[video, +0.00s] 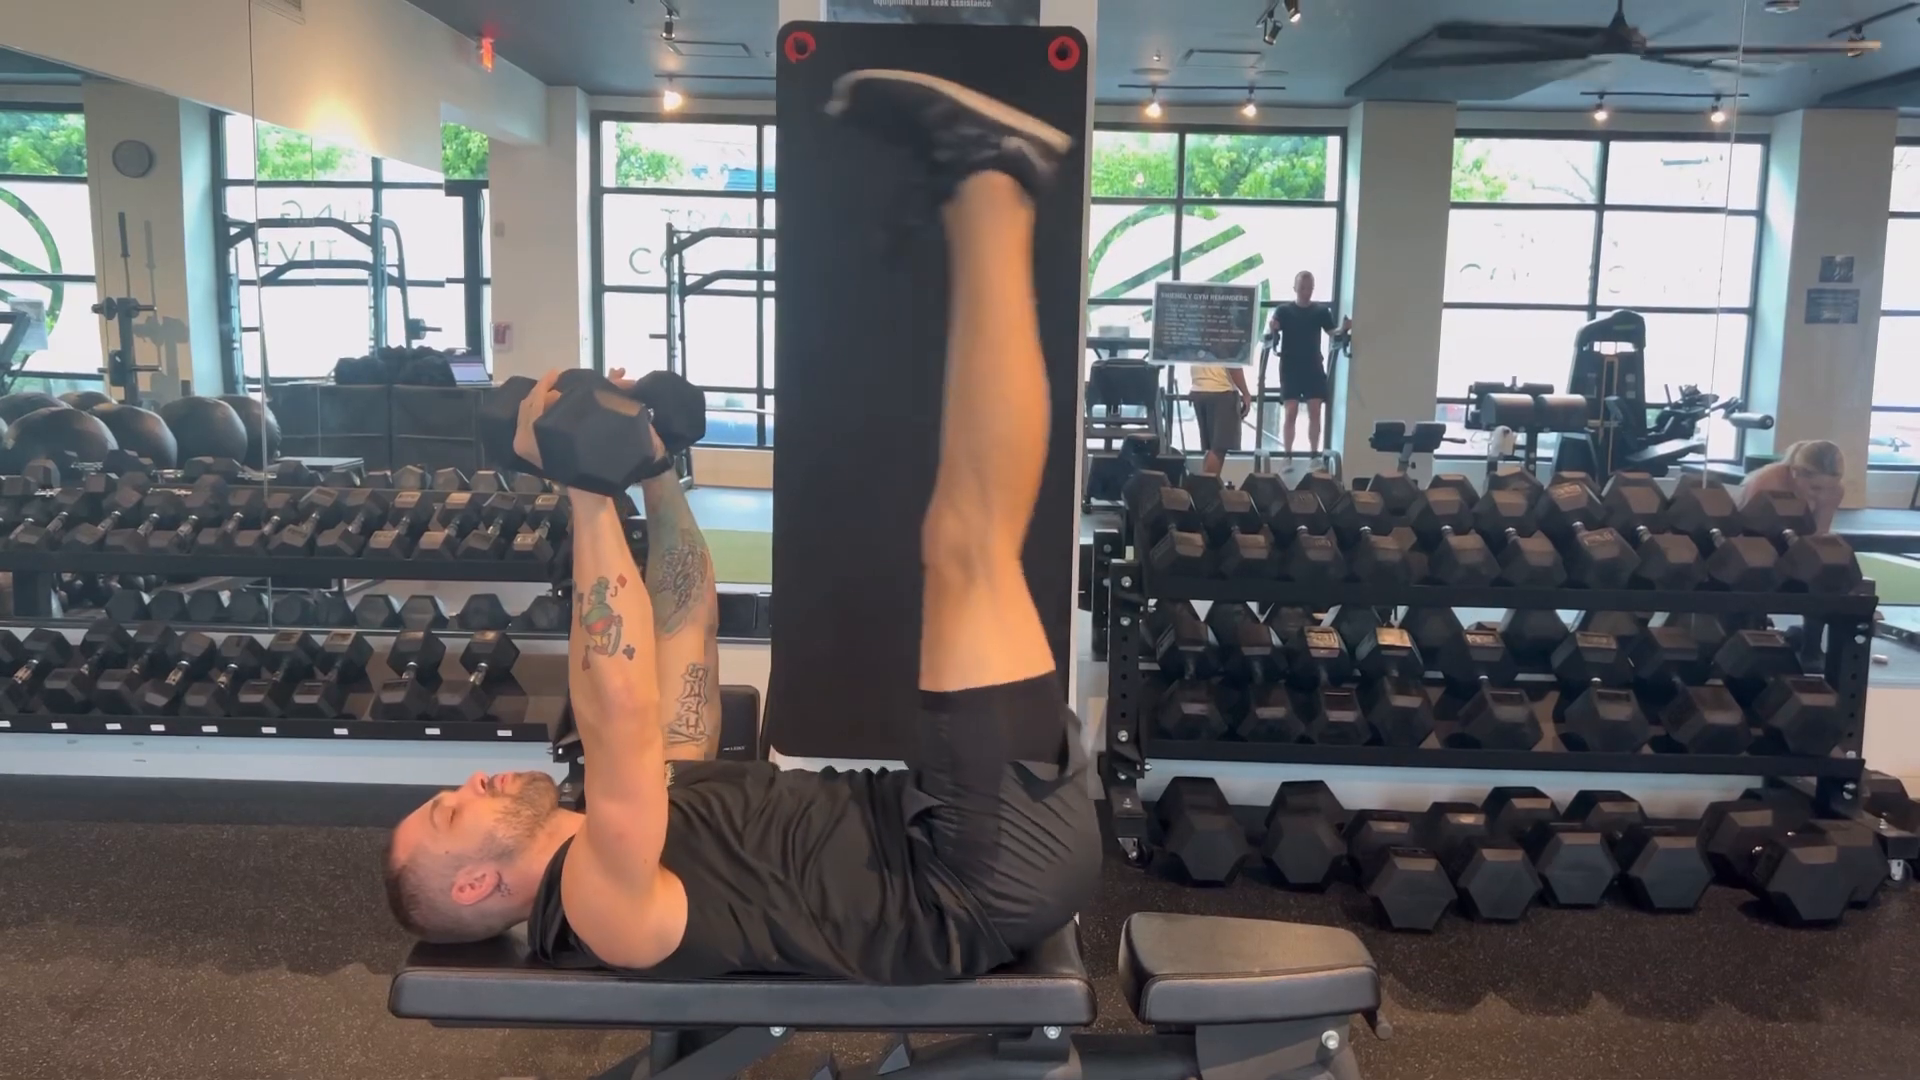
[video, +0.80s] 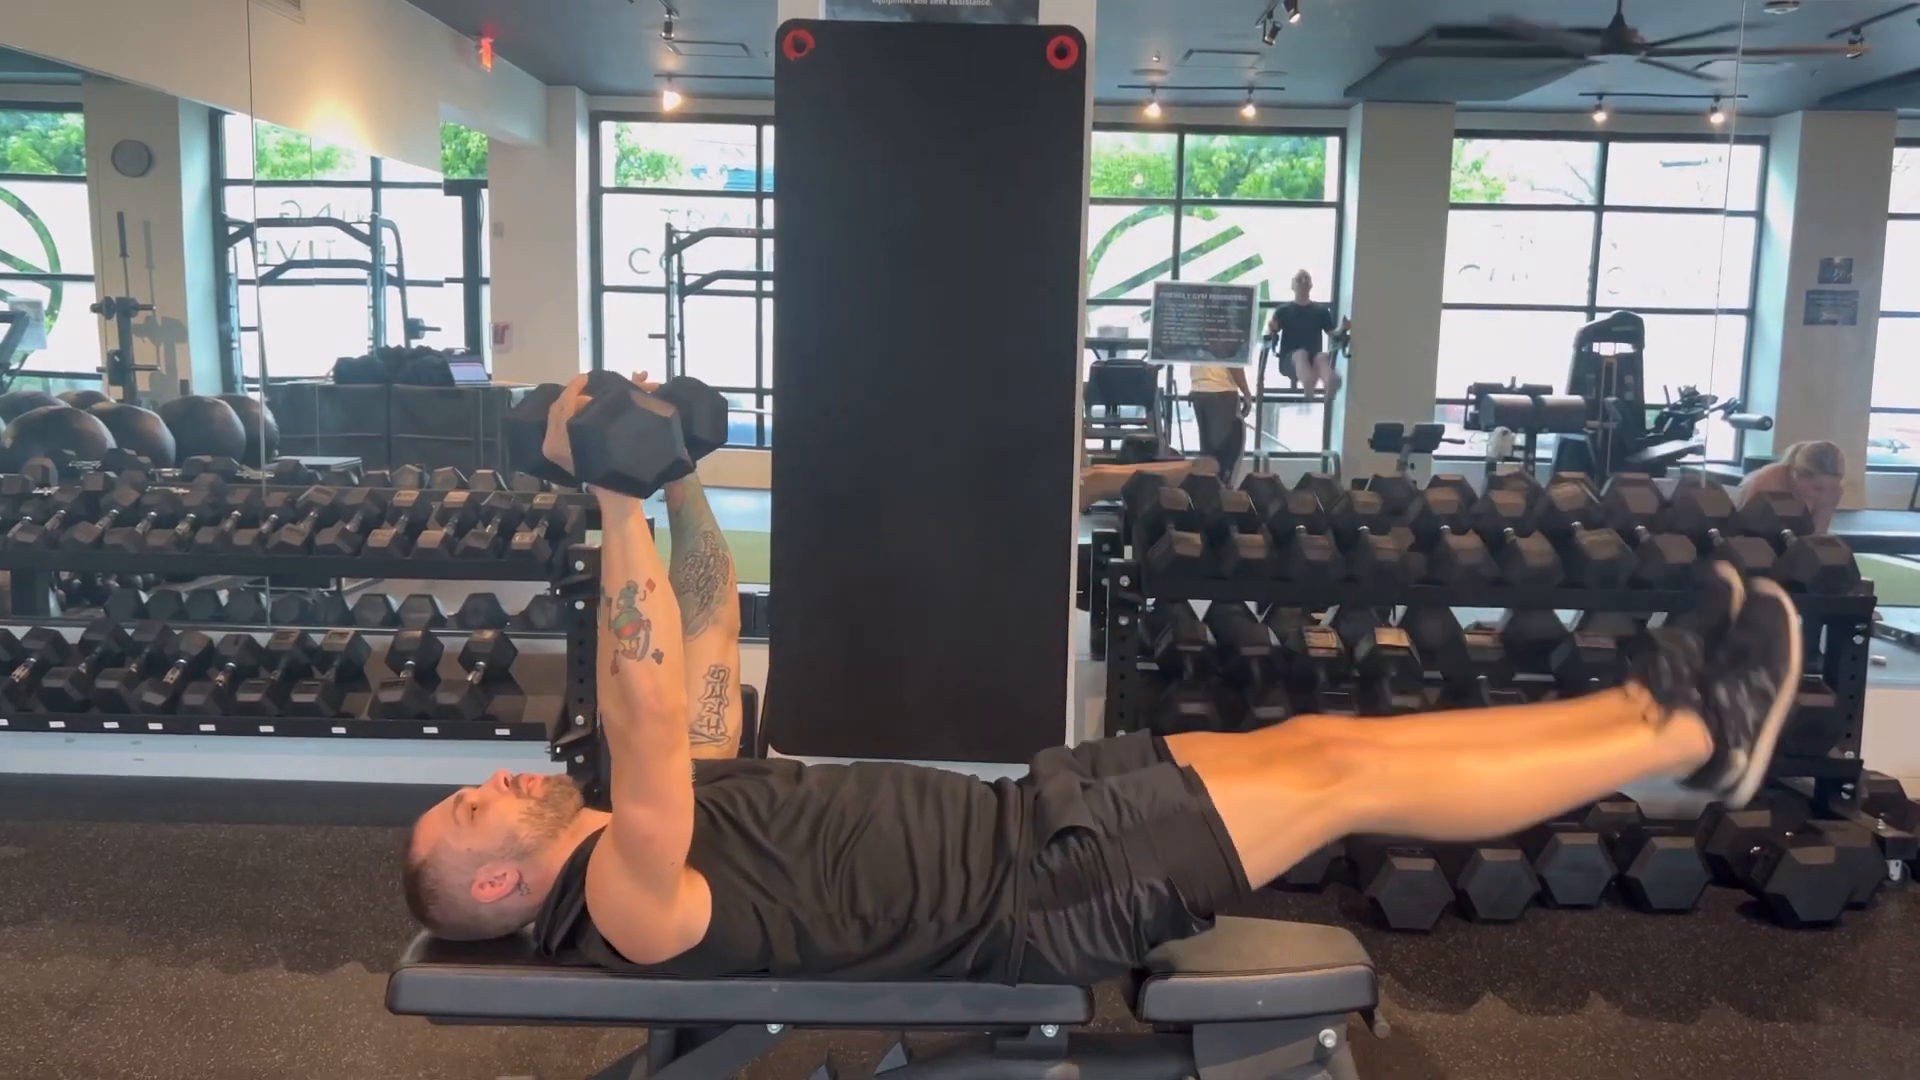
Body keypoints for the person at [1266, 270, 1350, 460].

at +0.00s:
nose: (1305, 291)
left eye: (1308, 287)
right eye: (1302, 287)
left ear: (1313, 288)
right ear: (1295, 287)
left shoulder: (1320, 311)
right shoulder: (1284, 311)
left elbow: (1332, 334)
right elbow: (1270, 339)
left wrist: (1344, 329)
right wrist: (1272, 330)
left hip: (1313, 364)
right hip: (1290, 364)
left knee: (1315, 411)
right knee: (1291, 412)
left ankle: (1315, 455)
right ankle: (1287, 455)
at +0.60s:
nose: (1303, 291)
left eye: (1306, 287)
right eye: (1300, 287)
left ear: (1310, 289)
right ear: (1293, 289)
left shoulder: (1319, 312)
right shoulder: (1284, 313)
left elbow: (1332, 335)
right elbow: (1270, 336)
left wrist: (1343, 330)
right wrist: (1271, 331)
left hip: (1313, 364)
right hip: (1290, 364)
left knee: (1311, 408)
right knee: (1296, 406)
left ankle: (1311, 452)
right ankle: (1293, 450)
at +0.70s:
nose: (1303, 288)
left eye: (1306, 284)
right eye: (1299, 284)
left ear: (1310, 287)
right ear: (1293, 288)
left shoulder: (1320, 311)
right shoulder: (1284, 312)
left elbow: (1332, 334)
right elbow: (1271, 332)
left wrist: (1343, 328)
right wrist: (1271, 329)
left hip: (1314, 358)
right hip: (1291, 357)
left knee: (1319, 393)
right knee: (1299, 381)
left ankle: (1323, 435)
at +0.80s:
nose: (1303, 285)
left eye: (1306, 282)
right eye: (1299, 282)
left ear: (1310, 286)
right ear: (1292, 286)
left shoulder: (1320, 310)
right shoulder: (1283, 311)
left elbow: (1332, 334)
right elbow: (1272, 336)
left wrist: (1342, 329)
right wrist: (1272, 329)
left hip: (1314, 358)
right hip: (1289, 359)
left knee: (1323, 357)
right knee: (1301, 353)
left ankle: (1330, 391)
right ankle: (1309, 396)